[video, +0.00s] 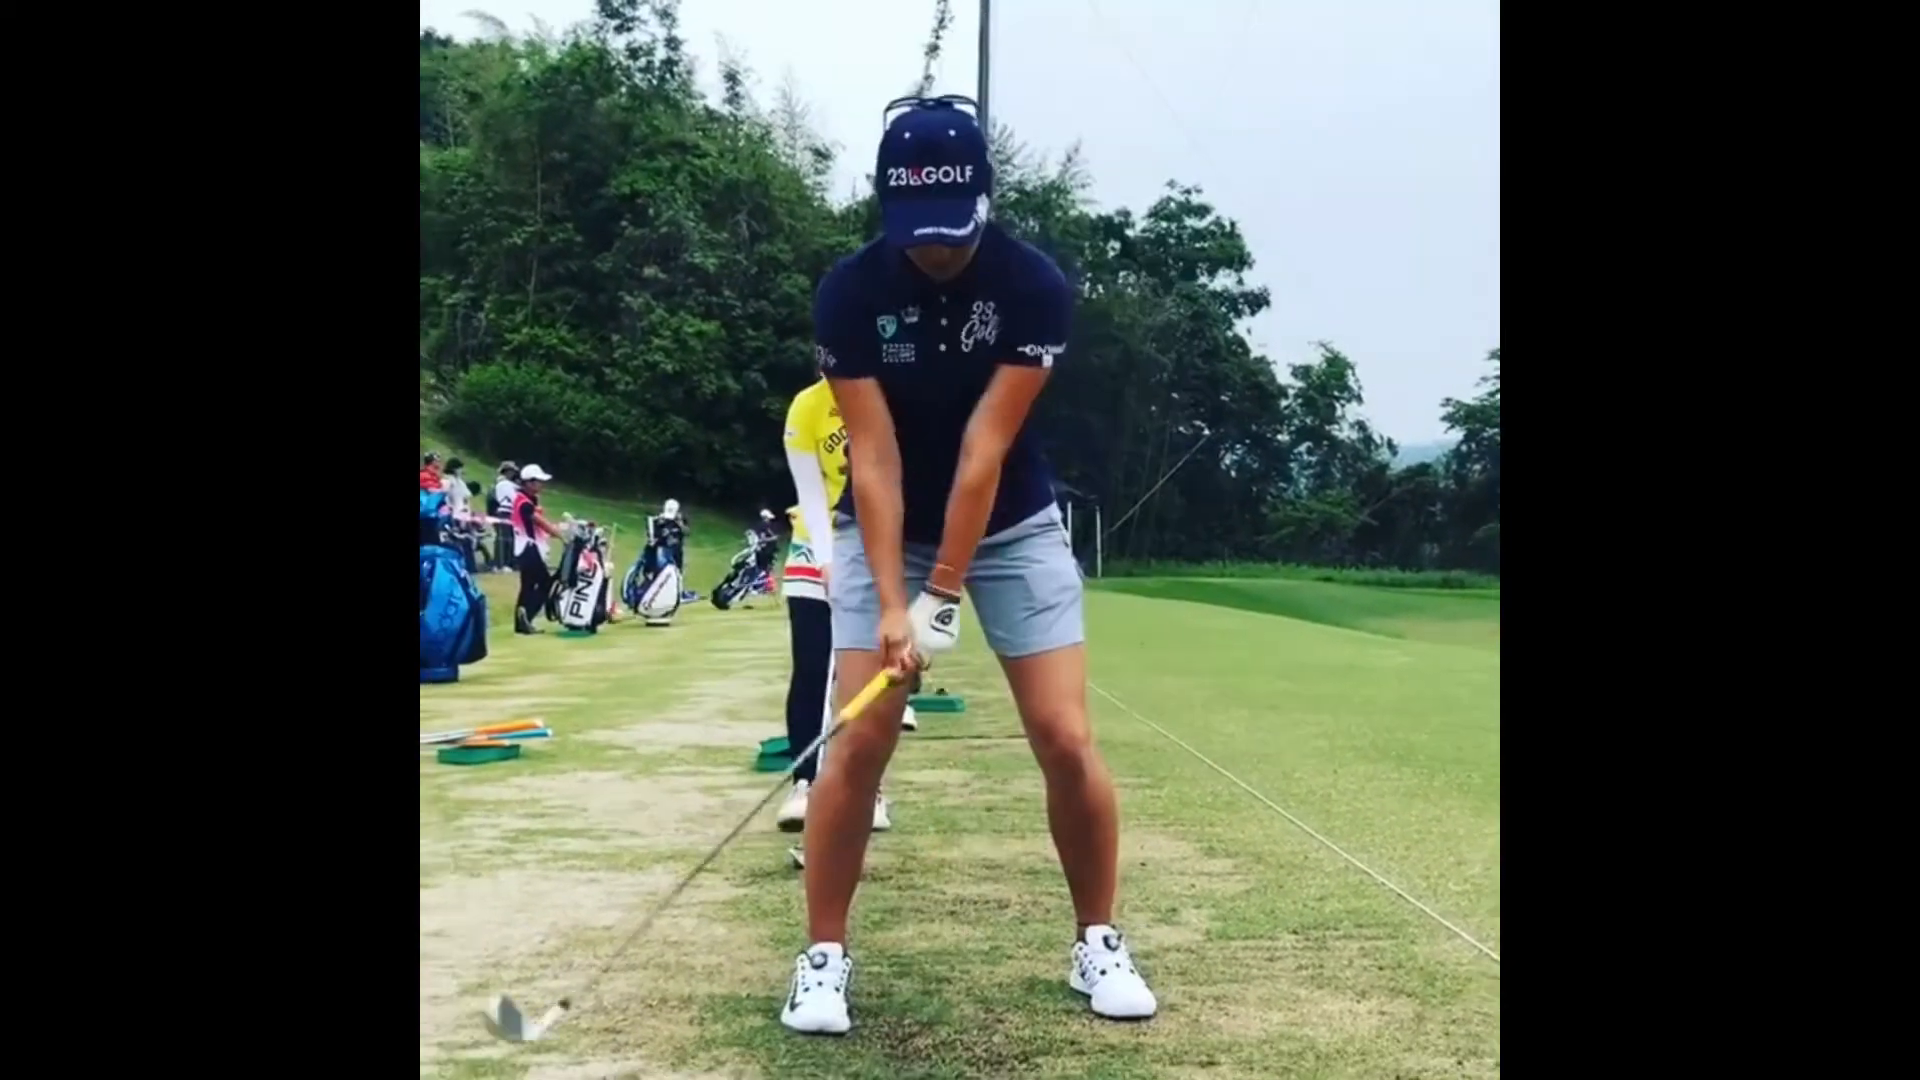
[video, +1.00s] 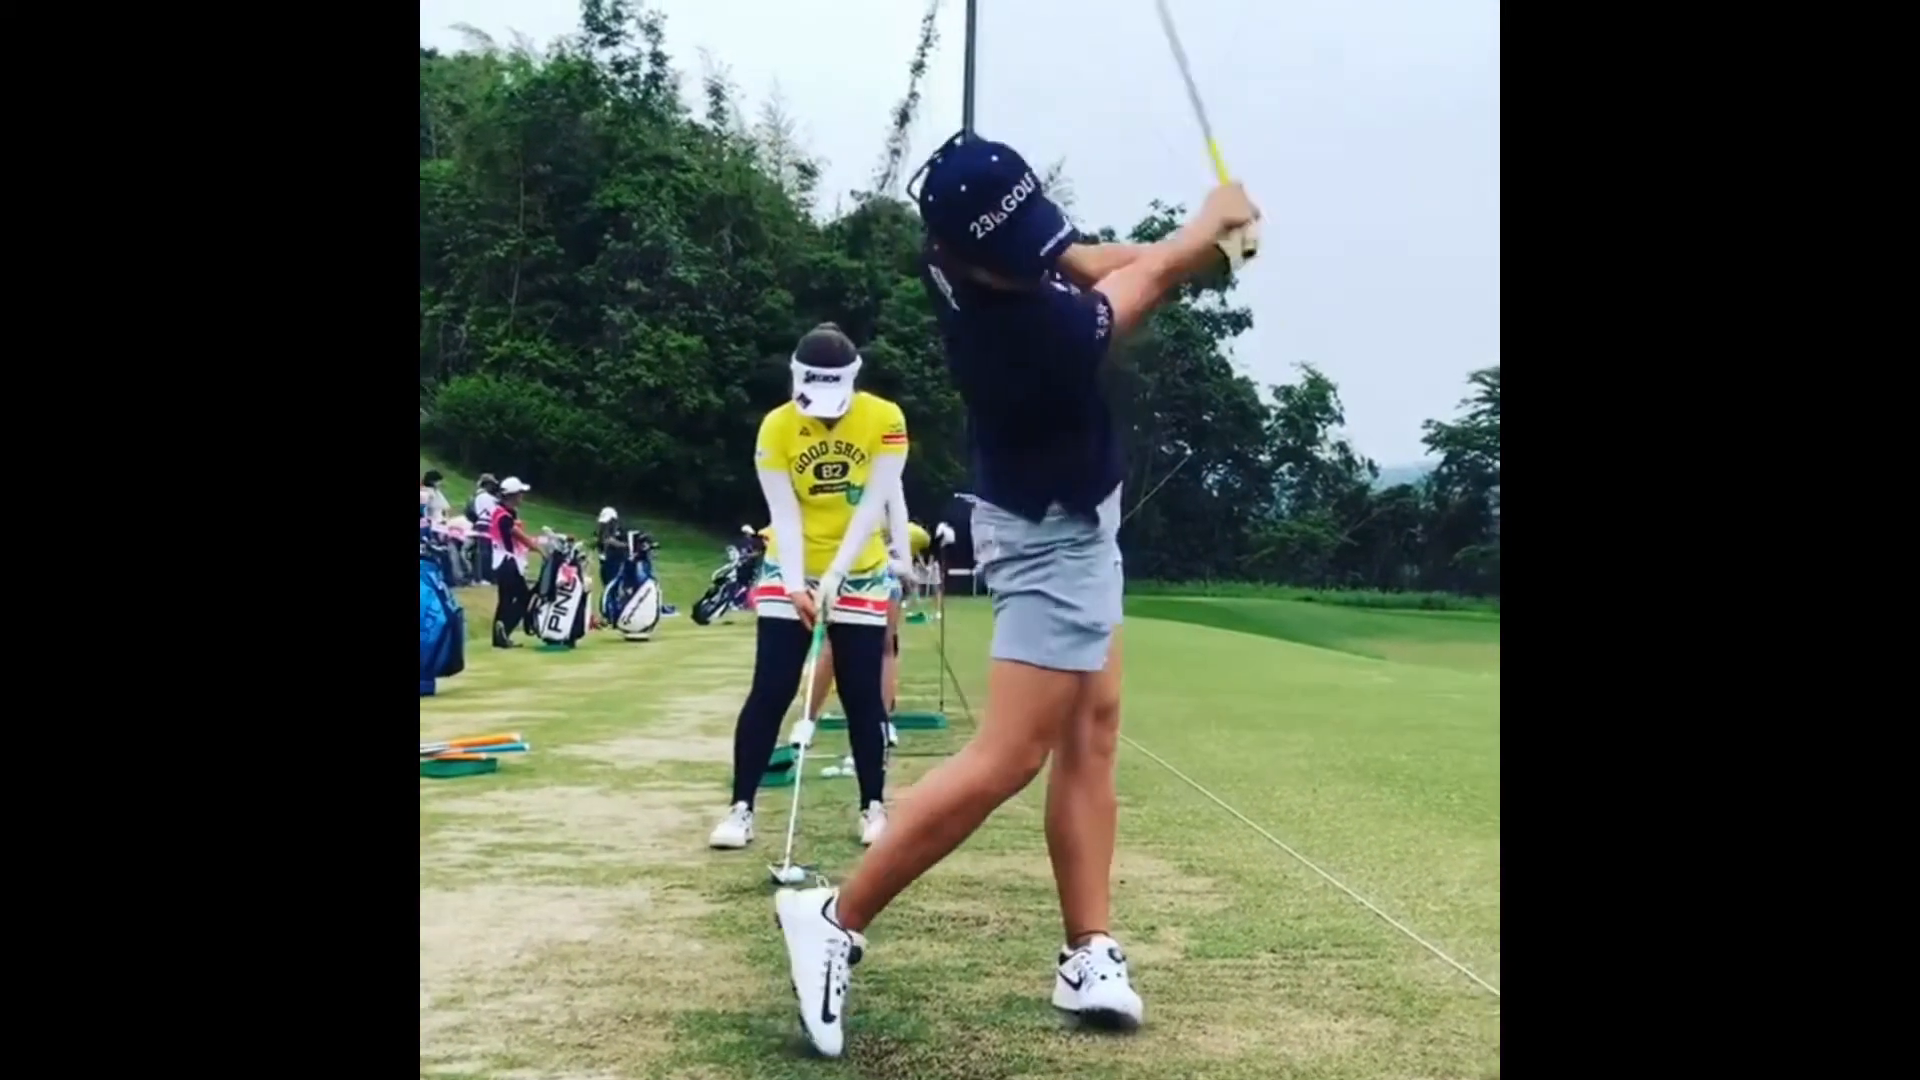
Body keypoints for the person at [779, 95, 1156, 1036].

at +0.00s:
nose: (938, 243)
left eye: (955, 223)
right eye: (920, 225)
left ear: (985, 199)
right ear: (890, 204)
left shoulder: (1036, 287)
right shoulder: (849, 293)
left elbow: (984, 450)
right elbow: (872, 454)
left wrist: (945, 591)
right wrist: (889, 597)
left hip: (1014, 529)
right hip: (888, 532)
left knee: (1066, 741)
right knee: (857, 744)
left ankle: (1100, 942)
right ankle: (824, 954)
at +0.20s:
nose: (945, 254)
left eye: (962, 235)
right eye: (928, 235)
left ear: (992, 214)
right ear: (899, 210)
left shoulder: (1005, 322)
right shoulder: (867, 265)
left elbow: (848, 440)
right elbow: (799, 391)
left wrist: (737, 526)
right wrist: (706, 496)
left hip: (1017, 539)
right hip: (893, 539)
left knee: (1068, 753)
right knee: (865, 738)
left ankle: (1103, 946)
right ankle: (828, 958)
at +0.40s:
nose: (933, 253)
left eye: (954, 233)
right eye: (917, 232)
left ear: (990, 217)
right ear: (894, 211)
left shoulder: (977, 314)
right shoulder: (894, 264)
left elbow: (803, 313)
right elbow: (809, 307)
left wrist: (690, 256)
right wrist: (709, 249)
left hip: (1016, 549)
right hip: (895, 542)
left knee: (1061, 769)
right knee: (871, 736)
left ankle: (1102, 950)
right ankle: (829, 960)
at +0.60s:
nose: (939, 260)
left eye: (958, 239)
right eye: (921, 242)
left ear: (999, 217)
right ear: (896, 224)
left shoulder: (991, 312)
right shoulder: (911, 286)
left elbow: (826, 251)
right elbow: (848, 306)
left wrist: (773, 175)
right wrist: (811, 192)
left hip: (1025, 555)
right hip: (908, 548)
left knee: (1062, 775)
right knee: (870, 743)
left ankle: (1099, 953)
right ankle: (825, 963)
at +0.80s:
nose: (984, 276)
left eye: (987, 254)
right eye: (961, 270)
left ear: (994, 217)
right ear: (915, 261)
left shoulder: (1056, 256)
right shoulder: (895, 327)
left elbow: (1063, 416)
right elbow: (932, 475)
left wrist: (1042, 550)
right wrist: (989, 567)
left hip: (1083, 524)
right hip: (973, 541)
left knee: (1117, 722)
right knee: (951, 748)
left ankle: (1108, 953)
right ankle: (829, 958)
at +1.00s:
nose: (1034, 249)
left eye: (1033, 231)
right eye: (1013, 242)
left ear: (969, 242)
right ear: (964, 256)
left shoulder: (976, 261)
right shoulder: (1039, 326)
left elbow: (1090, 264)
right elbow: (1142, 284)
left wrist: (1196, 252)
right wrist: (1207, 228)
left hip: (1068, 527)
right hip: (1051, 542)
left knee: (1092, 727)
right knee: (1002, 758)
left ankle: (1088, 951)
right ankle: (833, 920)